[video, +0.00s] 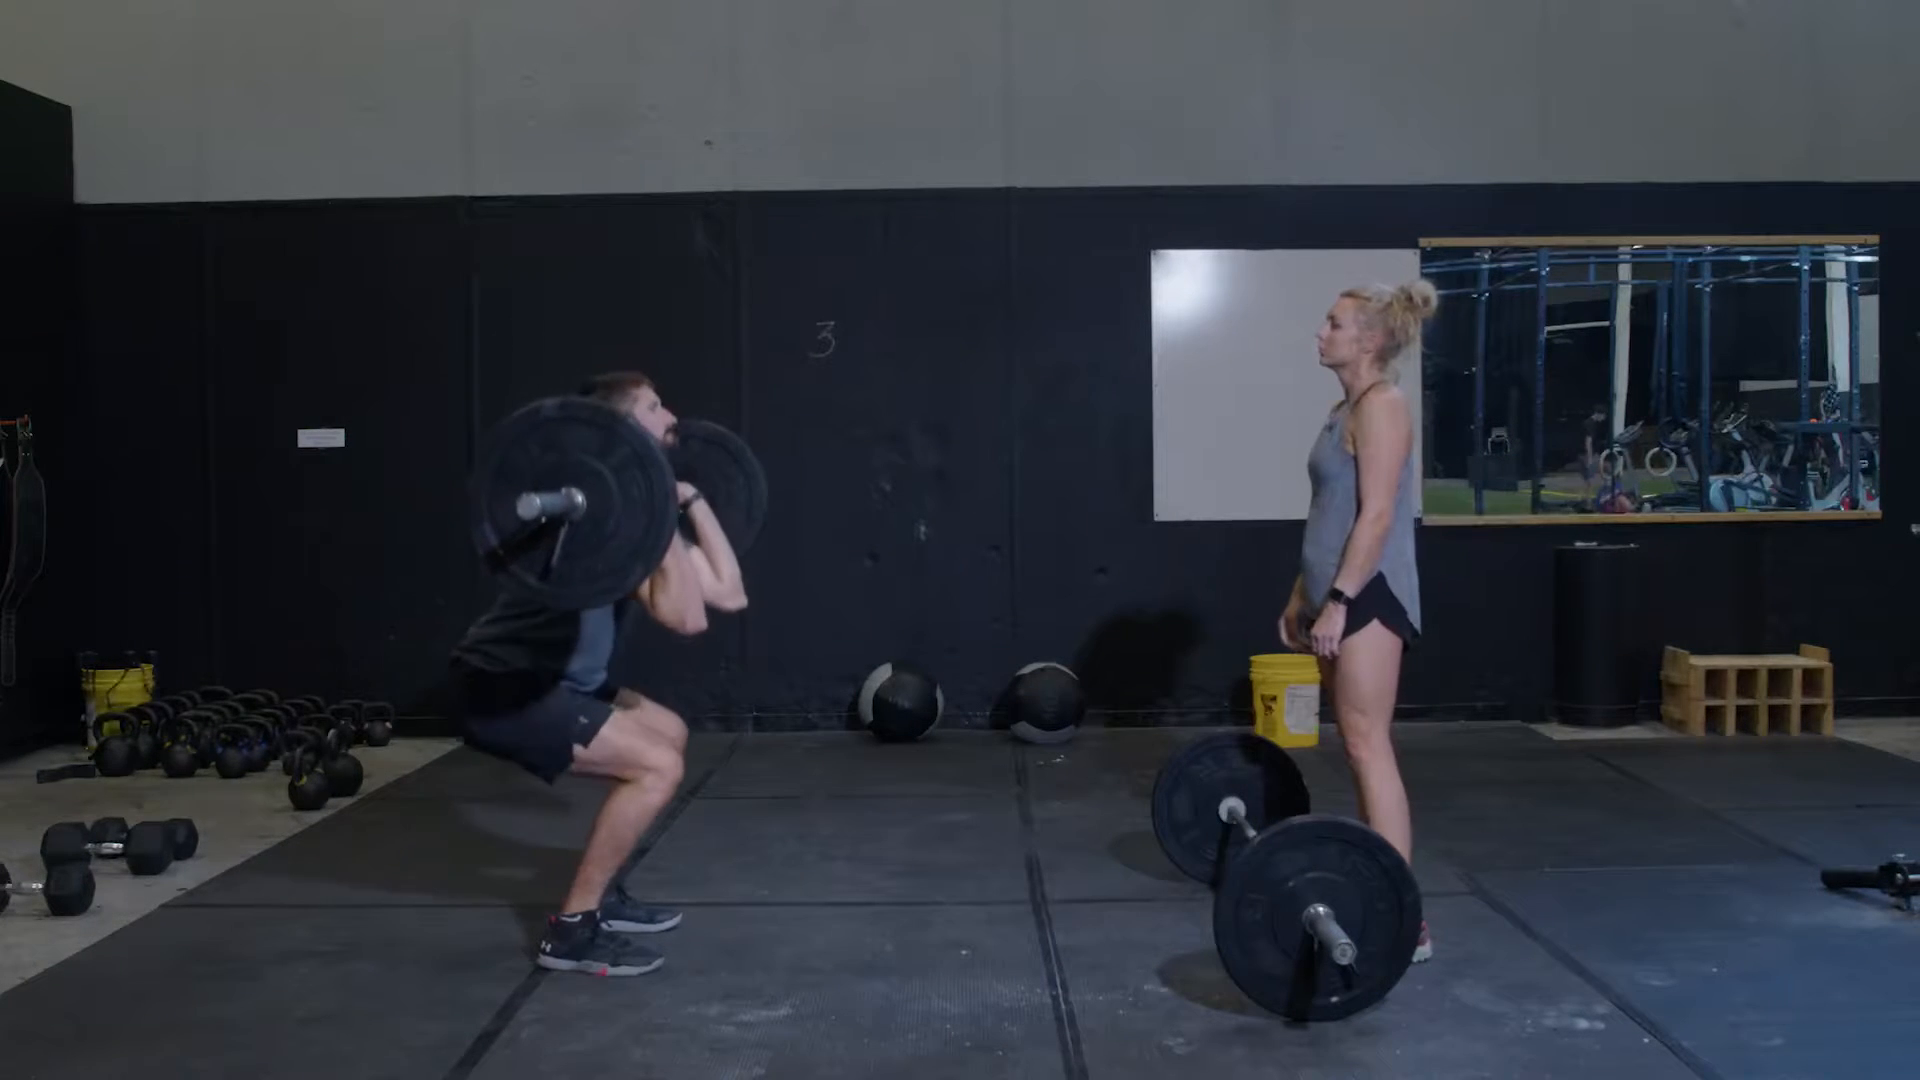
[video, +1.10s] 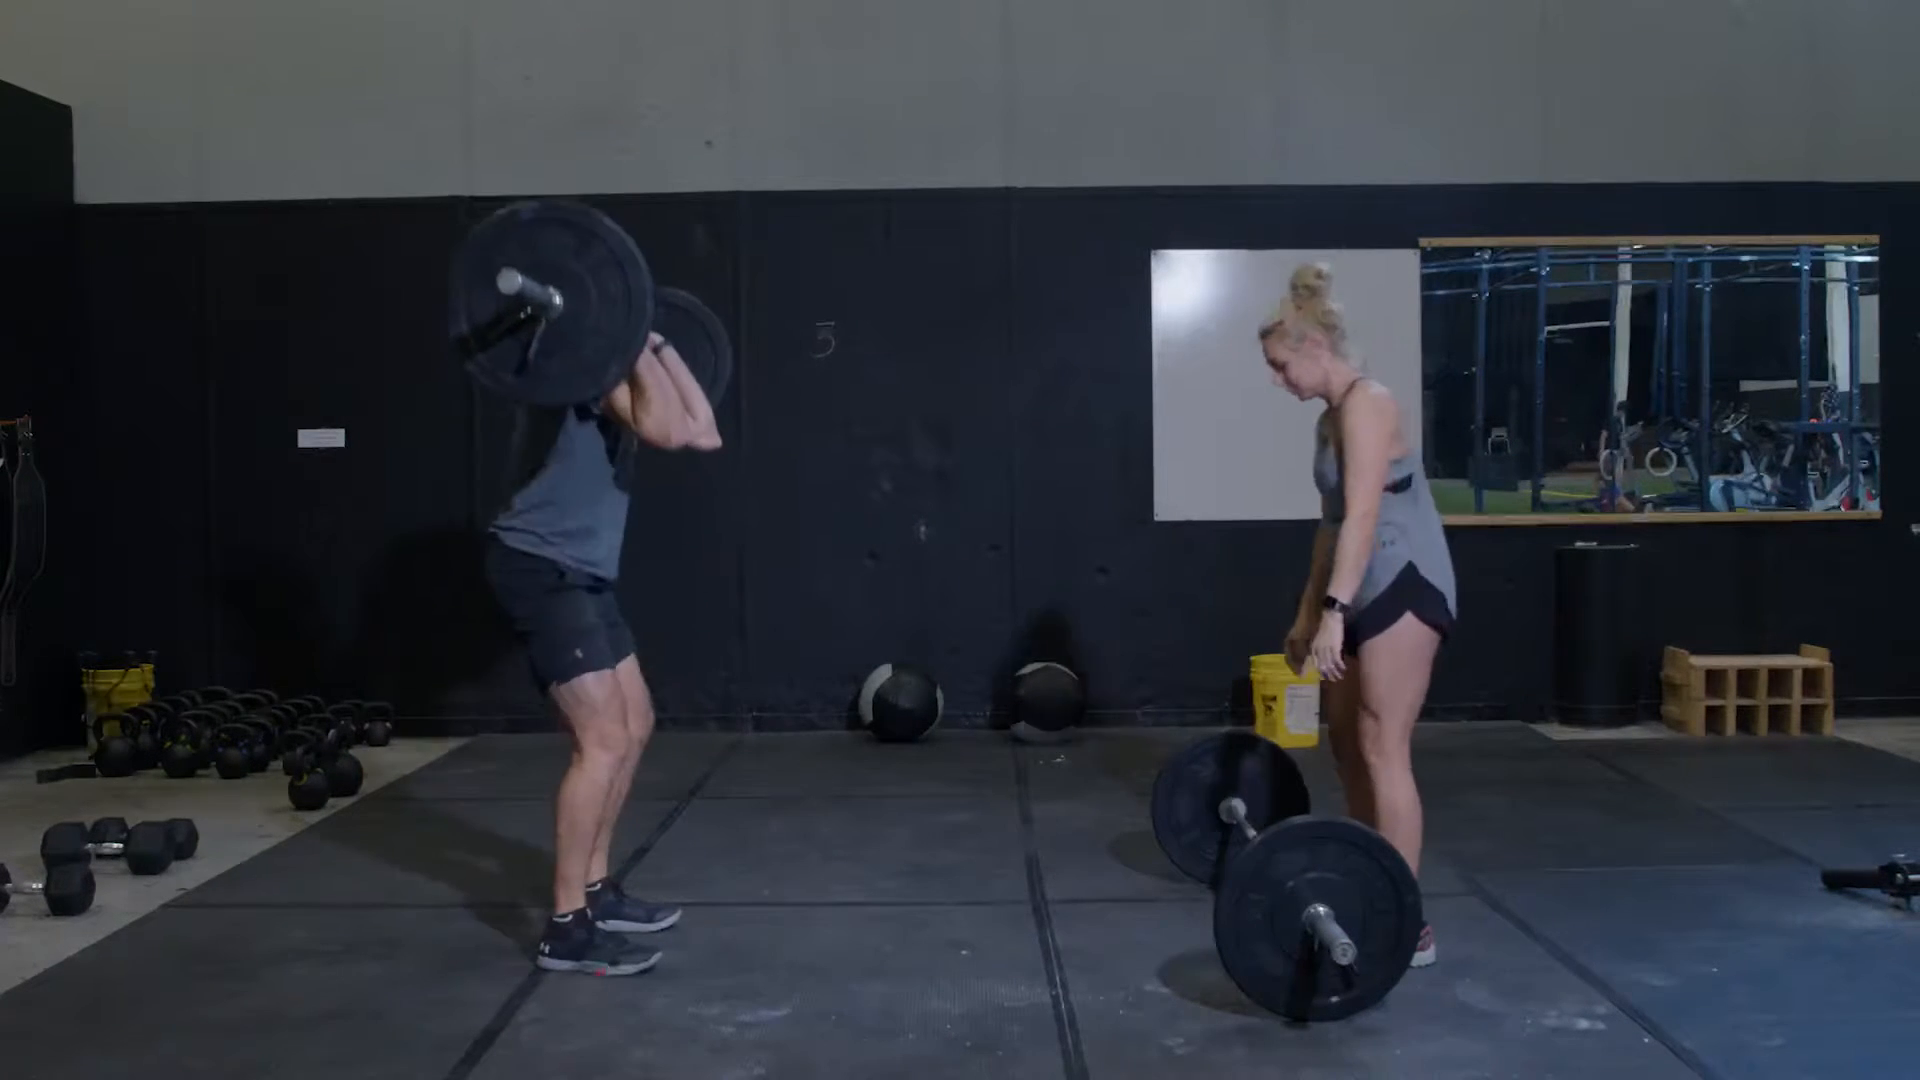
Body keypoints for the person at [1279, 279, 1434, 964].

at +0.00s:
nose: (1322, 332)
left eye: (1335, 325)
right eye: (1325, 323)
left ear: (1371, 340)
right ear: (1353, 341)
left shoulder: (1382, 405)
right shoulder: (1349, 408)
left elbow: (1377, 515)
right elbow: (1333, 515)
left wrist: (1339, 600)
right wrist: (1305, 592)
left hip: (1374, 596)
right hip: (1348, 594)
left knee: (1367, 741)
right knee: (1359, 741)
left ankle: (1398, 909)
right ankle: (1381, 901)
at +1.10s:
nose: (1279, 379)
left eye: (1282, 365)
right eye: (1274, 369)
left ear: (1318, 347)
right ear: (1312, 350)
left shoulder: (1364, 405)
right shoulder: (1337, 417)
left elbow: (1361, 519)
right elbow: (1332, 528)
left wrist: (1334, 612)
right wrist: (1308, 618)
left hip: (1401, 588)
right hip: (1365, 591)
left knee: (1382, 748)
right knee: (1348, 743)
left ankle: (1402, 919)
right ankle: (1370, 903)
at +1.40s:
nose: (1221, 503)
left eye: (1219, 489)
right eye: (1214, 493)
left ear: (1250, 462)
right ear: (1241, 471)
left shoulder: (1312, 500)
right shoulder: (1285, 519)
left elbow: (1322, 619)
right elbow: (1290, 623)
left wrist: (1314, 724)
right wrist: (1282, 718)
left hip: (1465, 600)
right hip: (1410, 611)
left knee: (1398, 746)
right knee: (1360, 739)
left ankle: (1408, 923)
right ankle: (1372, 899)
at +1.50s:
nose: (1212, 547)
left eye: (1214, 532)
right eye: (1207, 535)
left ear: (1244, 509)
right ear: (1243, 512)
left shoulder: (1303, 548)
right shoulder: (1280, 561)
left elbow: (1306, 667)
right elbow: (1280, 669)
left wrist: (1291, 771)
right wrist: (1269, 758)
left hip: (1473, 612)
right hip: (1420, 623)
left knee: (1388, 749)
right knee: (1351, 739)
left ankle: (1407, 924)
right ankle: (1368, 901)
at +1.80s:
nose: (1203, 577)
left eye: (1210, 564)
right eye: (1203, 564)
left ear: (1252, 557)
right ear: (1252, 559)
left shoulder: (1307, 598)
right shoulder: (1280, 604)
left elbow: (1306, 718)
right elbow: (1275, 712)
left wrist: (1295, 825)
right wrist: (1263, 806)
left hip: (1482, 625)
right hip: (1429, 633)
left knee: (1383, 750)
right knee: (1344, 740)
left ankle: (1410, 925)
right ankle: (1366, 898)